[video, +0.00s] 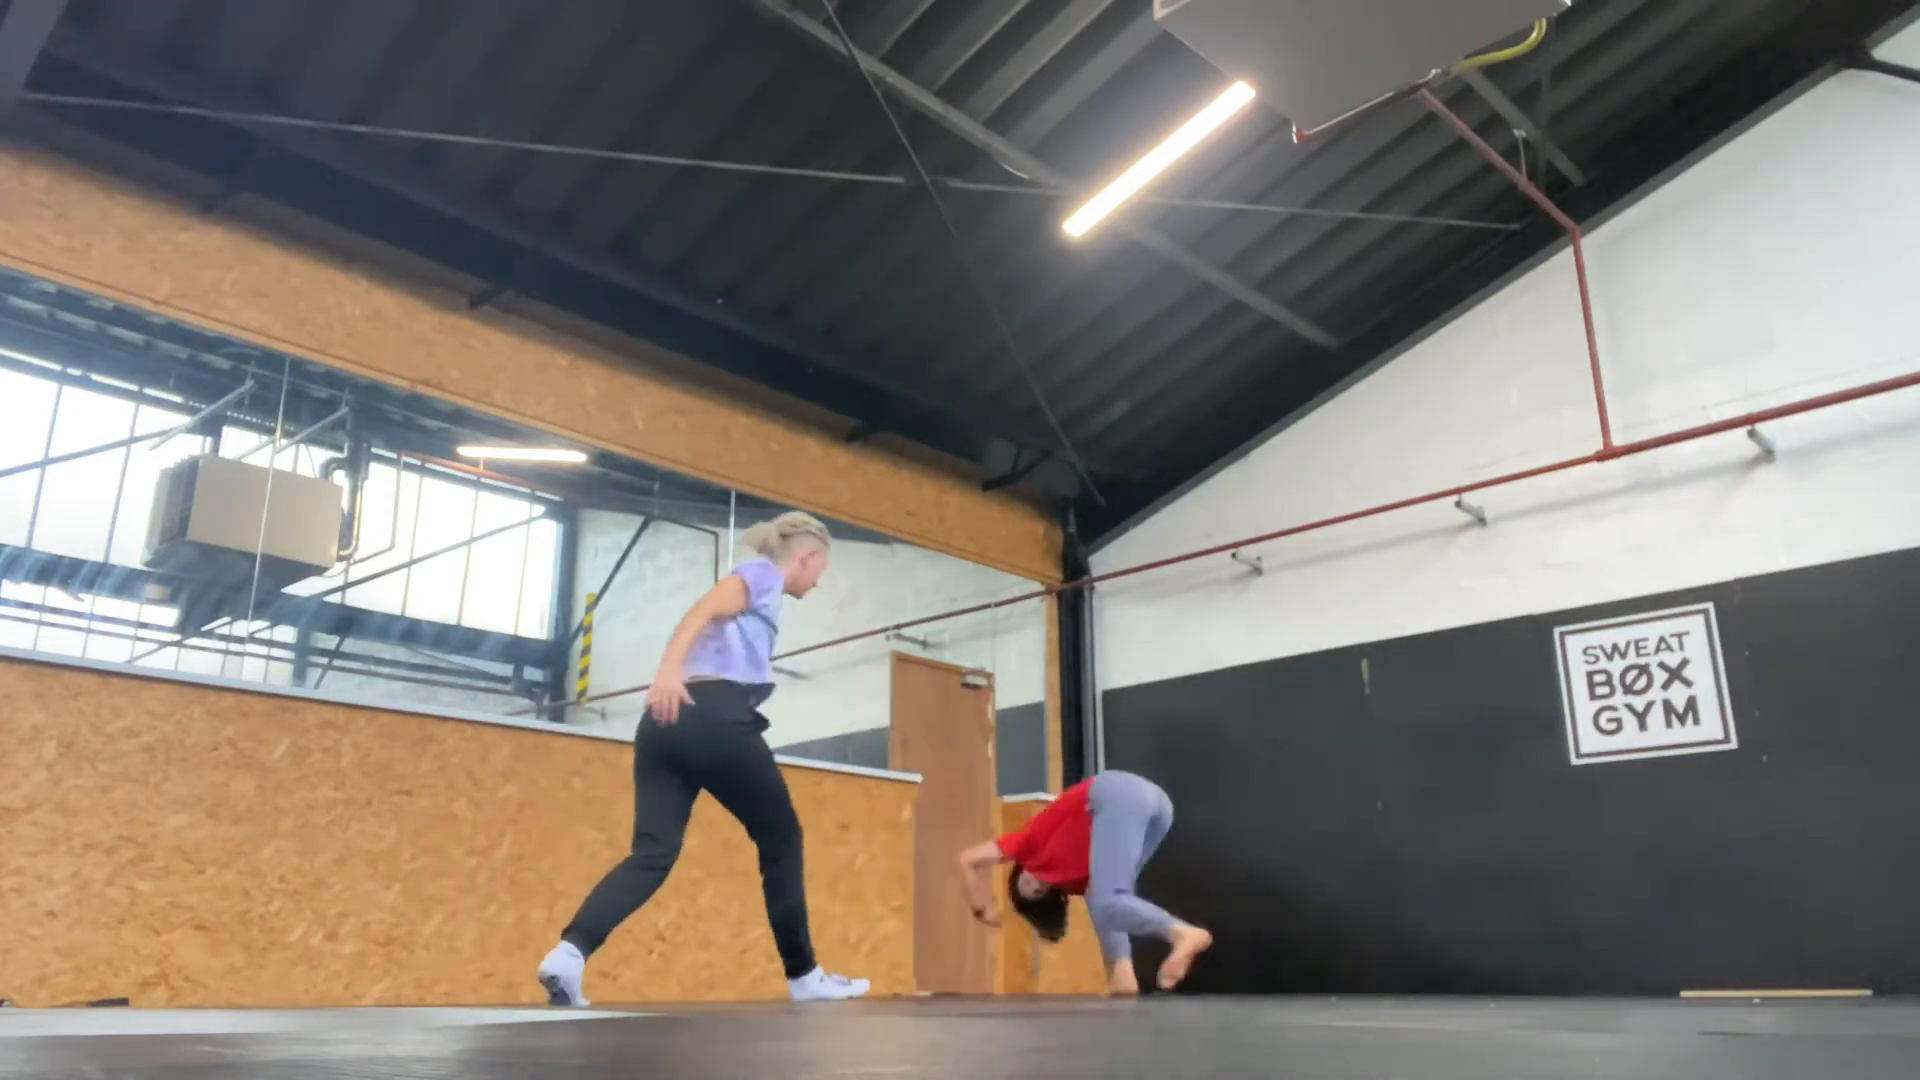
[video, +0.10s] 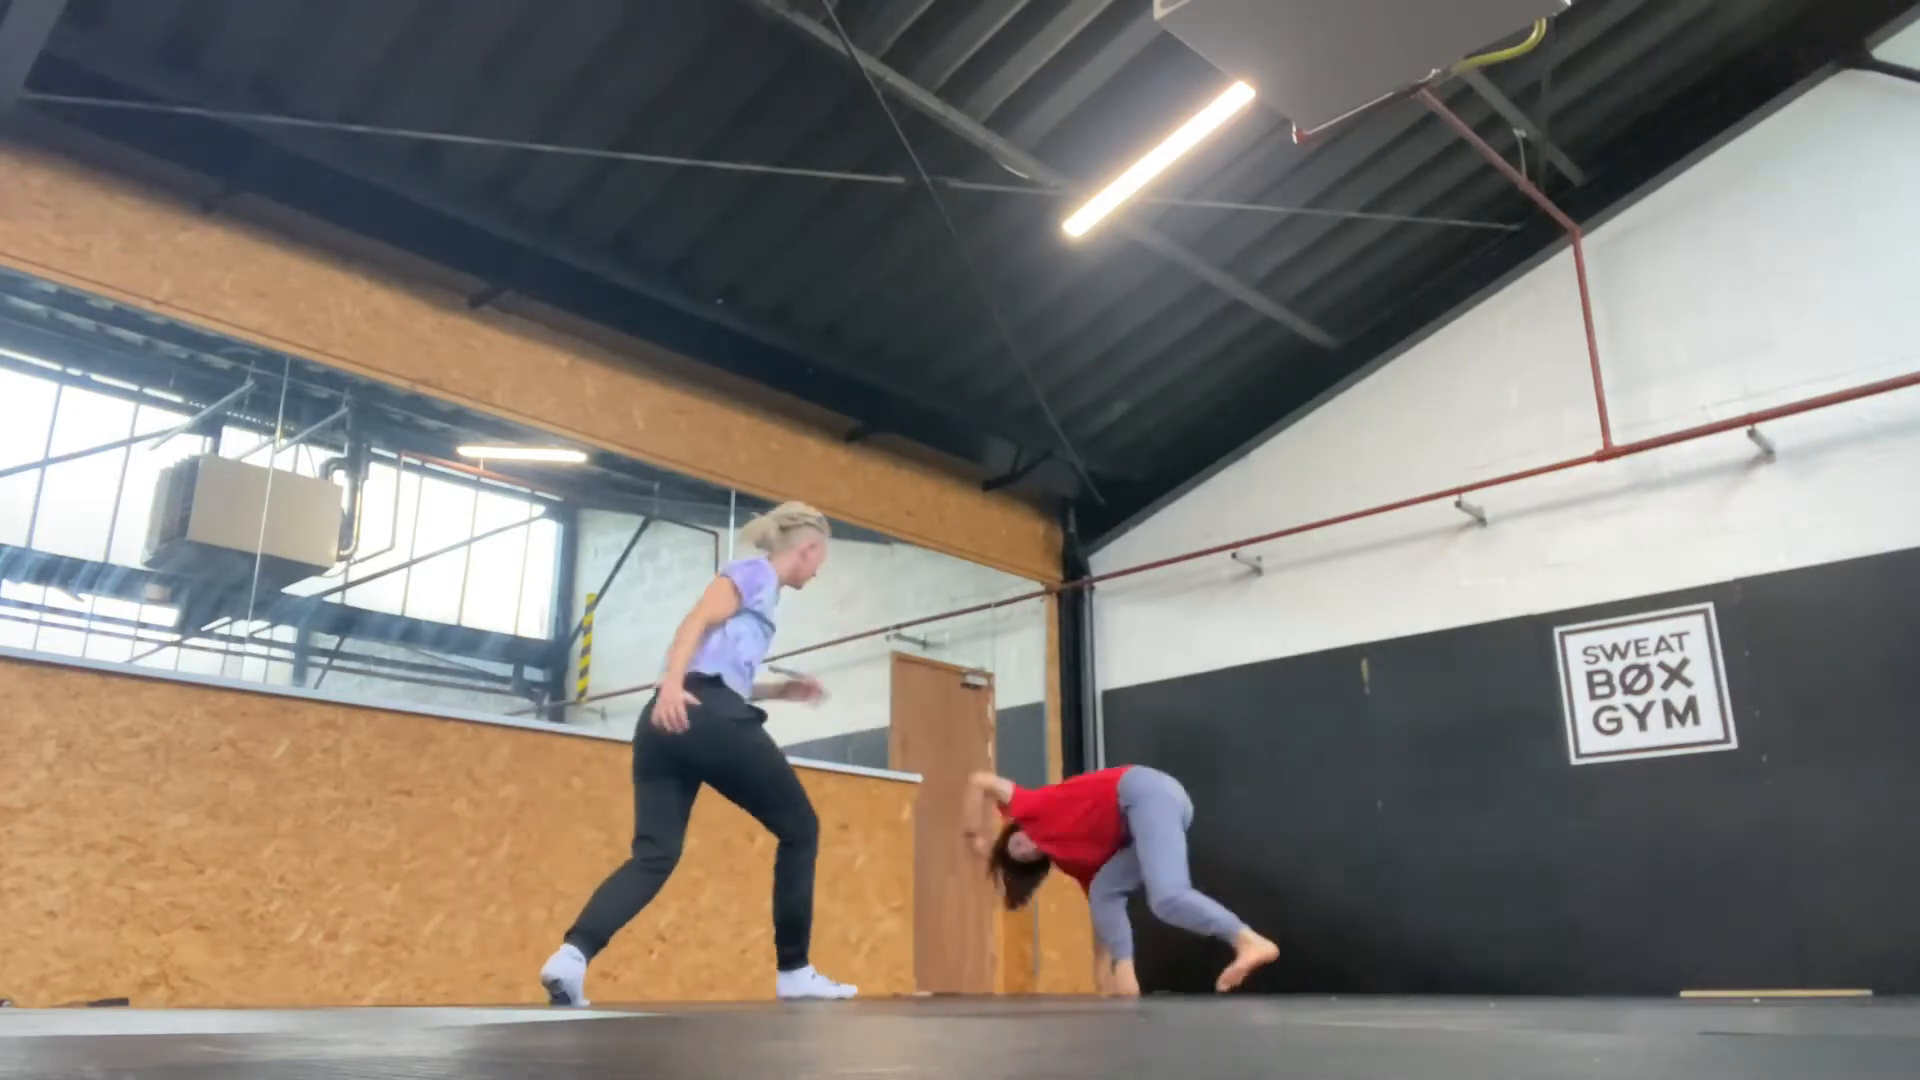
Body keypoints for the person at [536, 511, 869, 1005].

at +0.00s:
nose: (818, 580)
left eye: (822, 571)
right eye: (819, 568)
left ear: (787, 553)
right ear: (801, 556)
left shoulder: (755, 593)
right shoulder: (765, 574)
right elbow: (705, 608)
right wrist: (669, 670)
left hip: (664, 717)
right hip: (715, 716)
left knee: (653, 853)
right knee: (780, 837)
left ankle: (569, 955)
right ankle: (805, 977)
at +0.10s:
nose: (818, 569)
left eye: (821, 559)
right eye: (819, 556)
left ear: (789, 547)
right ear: (799, 547)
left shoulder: (758, 596)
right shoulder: (757, 572)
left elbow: (724, 681)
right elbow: (697, 620)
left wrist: (782, 689)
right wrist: (671, 685)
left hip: (663, 716)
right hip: (714, 713)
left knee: (654, 855)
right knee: (800, 828)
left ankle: (571, 958)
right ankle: (795, 973)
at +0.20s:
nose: (841, 554)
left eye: (844, 542)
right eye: (840, 540)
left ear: (807, 535)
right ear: (820, 536)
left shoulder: (779, 586)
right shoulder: (778, 569)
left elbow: (760, 667)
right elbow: (715, 616)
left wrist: (806, 640)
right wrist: (714, 678)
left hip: (676, 704)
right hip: (726, 702)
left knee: (654, 845)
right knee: (810, 821)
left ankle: (570, 949)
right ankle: (807, 965)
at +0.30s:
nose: (876, 555)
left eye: (878, 544)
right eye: (875, 543)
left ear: (838, 540)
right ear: (853, 540)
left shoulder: (811, 588)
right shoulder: (806, 573)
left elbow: (791, 669)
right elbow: (746, 625)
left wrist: (827, 631)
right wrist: (766, 674)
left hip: (698, 703)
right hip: (744, 699)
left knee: (669, 844)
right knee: (817, 825)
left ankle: (569, 936)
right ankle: (814, 971)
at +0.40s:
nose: (906, 573)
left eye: (907, 562)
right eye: (904, 561)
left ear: (872, 559)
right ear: (884, 561)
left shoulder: (849, 613)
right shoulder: (838, 595)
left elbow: (811, 684)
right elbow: (778, 649)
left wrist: (856, 665)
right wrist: (824, 693)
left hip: (720, 716)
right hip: (753, 713)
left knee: (702, 864)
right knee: (826, 833)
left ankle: (578, 919)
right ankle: (813, 977)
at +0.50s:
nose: (925, 603)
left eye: (926, 592)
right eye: (923, 591)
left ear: (889, 587)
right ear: (904, 589)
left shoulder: (844, 623)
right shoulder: (861, 618)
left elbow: (812, 711)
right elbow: (816, 673)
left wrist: (859, 734)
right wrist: (875, 723)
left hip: (720, 725)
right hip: (756, 724)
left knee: (738, 867)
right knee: (829, 833)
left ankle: (611, 917)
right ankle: (813, 977)